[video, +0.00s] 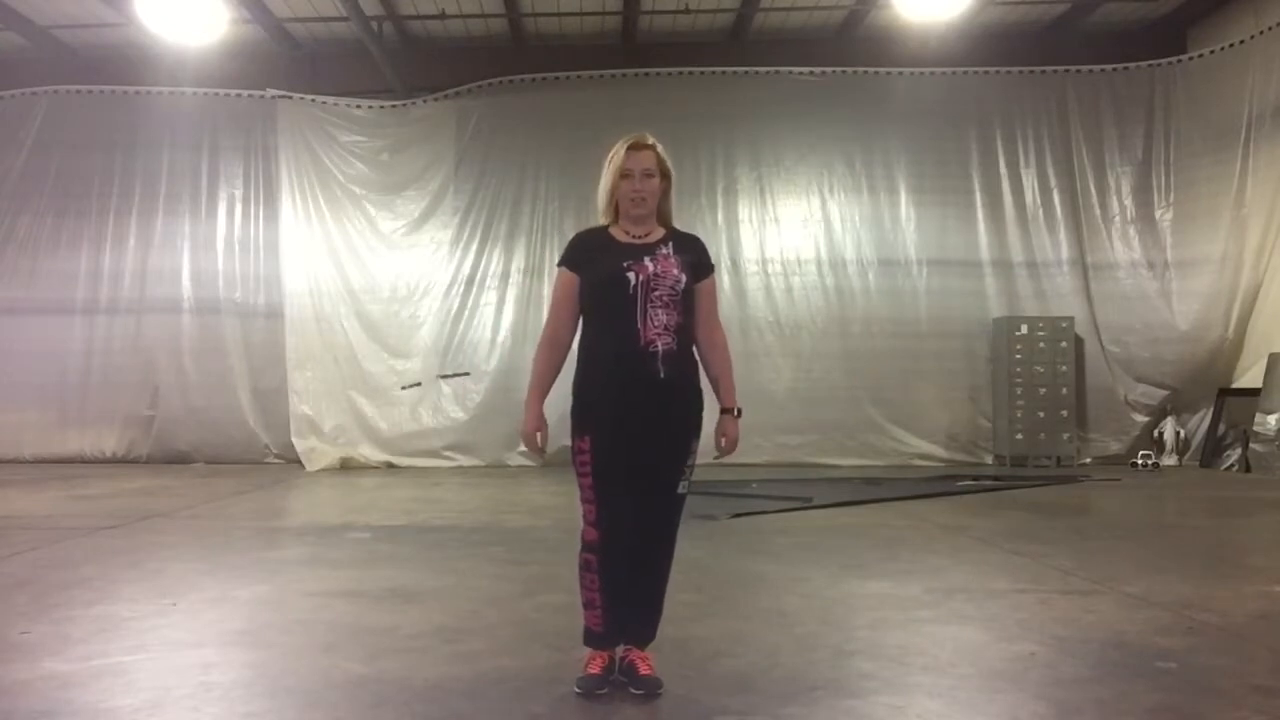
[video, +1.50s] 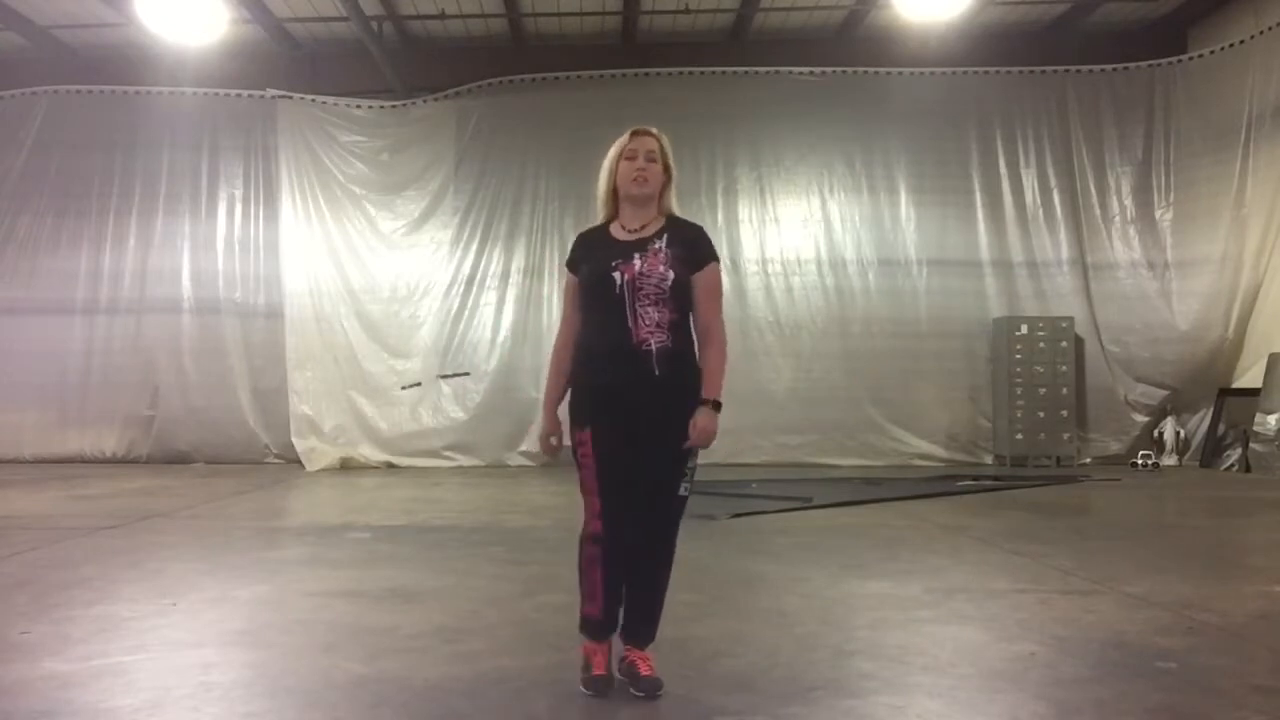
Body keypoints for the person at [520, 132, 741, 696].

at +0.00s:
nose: (639, 185)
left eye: (650, 175)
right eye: (629, 175)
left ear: (664, 182)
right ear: (612, 183)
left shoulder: (689, 250)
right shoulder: (586, 247)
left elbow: (708, 332)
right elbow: (557, 333)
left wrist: (729, 407)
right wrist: (533, 404)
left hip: (671, 413)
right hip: (602, 411)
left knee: (654, 528)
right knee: (603, 530)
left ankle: (636, 649)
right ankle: (599, 649)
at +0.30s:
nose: (638, 170)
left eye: (648, 162)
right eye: (628, 163)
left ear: (665, 176)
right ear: (613, 176)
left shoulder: (692, 248)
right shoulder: (589, 247)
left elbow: (711, 332)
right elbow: (562, 334)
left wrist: (734, 407)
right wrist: (541, 407)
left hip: (673, 413)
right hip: (604, 412)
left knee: (656, 528)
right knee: (604, 528)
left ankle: (636, 648)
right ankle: (599, 649)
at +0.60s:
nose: (640, 163)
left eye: (651, 157)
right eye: (630, 157)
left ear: (668, 175)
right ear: (615, 176)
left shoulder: (694, 244)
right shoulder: (590, 244)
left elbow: (717, 327)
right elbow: (561, 333)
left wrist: (744, 400)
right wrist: (541, 405)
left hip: (675, 409)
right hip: (605, 407)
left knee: (657, 527)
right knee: (604, 526)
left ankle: (637, 648)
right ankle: (600, 649)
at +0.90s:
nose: (641, 177)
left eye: (651, 168)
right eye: (631, 169)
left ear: (667, 180)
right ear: (616, 181)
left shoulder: (693, 248)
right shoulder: (591, 248)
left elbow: (714, 335)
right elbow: (563, 335)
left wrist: (735, 410)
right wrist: (539, 407)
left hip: (679, 413)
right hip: (610, 412)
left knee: (660, 530)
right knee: (608, 530)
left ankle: (636, 648)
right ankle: (602, 652)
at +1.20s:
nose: (640, 174)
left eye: (651, 166)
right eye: (631, 166)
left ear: (667, 177)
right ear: (614, 177)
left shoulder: (692, 242)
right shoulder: (593, 250)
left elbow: (715, 330)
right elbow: (571, 338)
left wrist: (710, 400)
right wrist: (546, 407)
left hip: (671, 402)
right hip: (604, 400)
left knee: (657, 518)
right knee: (608, 491)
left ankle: (638, 647)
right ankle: (610, 611)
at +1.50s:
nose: (640, 166)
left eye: (651, 159)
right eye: (630, 158)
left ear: (666, 173)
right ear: (613, 171)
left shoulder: (690, 240)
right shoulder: (588, 244)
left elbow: (711, 332)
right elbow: (569, 335)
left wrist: (709, 403)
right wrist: (551, 407)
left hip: (669, 408)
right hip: (600, 407)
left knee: (655, 529)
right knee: (602, 527)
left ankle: (637, 648)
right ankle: (595, 644)